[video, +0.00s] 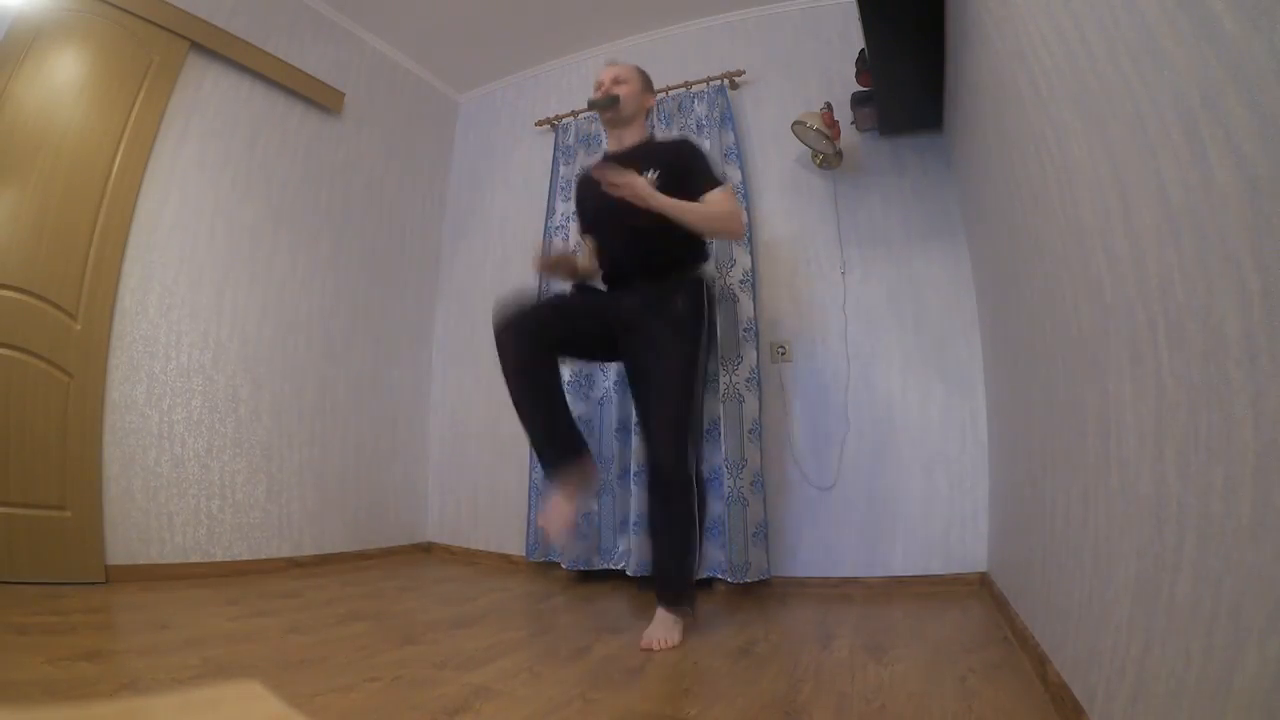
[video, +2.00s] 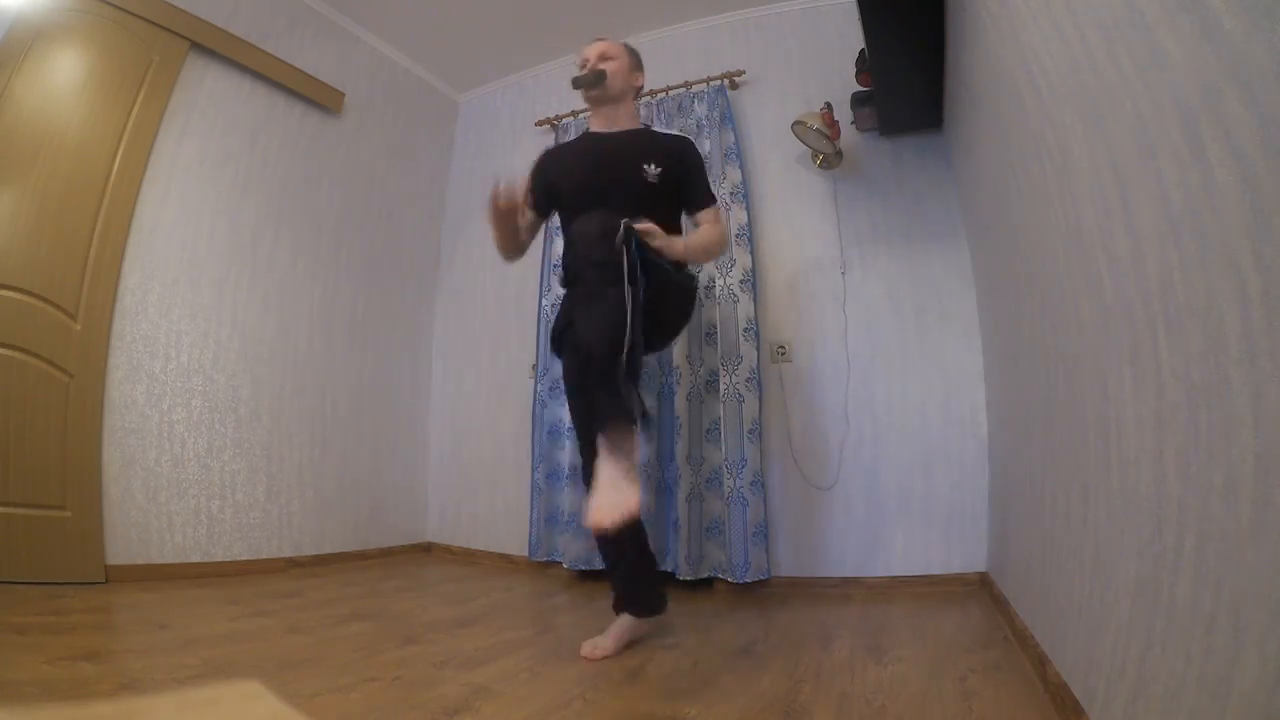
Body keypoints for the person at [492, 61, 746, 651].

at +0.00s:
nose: (607, 85)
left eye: (622, 80)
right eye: (600, 82)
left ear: (650, 101)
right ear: (595, 110)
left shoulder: (677, 155)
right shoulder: (592, 179)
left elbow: (733, 223)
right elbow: (595, 265)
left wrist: (653, 199)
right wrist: (565, 264)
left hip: (672, 310)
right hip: (613, 311)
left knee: (668, 455)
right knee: (519, 327)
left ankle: (673, 603)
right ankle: (570, 467)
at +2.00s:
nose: (592, 59)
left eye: (608, 54)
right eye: (585, 57)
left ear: (637, 82)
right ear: (578, 88)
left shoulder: (673, 150)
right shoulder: (555, 162)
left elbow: (715, 237)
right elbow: (513, 250)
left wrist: (674, 247)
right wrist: (504, 222)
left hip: (659, 306)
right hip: (586, 312)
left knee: (599, 230)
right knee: (600, 451)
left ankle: (616, 441)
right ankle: (639, 600)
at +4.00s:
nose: (572, 49)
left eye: (588, 41)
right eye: (565, 45)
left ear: (622, 65)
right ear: (559, 74)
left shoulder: (650, 124)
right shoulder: (565, 154)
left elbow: (706, 198)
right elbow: (587, 246)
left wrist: (603, 151)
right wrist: (543, 265)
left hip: (647, 309)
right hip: (581, 300)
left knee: (647, 471)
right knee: (462, 283)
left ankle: (650, 625)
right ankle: (536, 439)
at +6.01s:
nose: (566, 34)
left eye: (583, 28)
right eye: (560, 31)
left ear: (616, 53)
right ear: (554, 61)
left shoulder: (654, 127)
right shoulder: (530, 135)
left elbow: (700, 205)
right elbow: (478, 217)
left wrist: (663, 222)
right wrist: (468, 163)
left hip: (638, 286)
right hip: (565, 298)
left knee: (589, 244)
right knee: (567, 461)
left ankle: (609, 457)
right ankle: (598, 605)